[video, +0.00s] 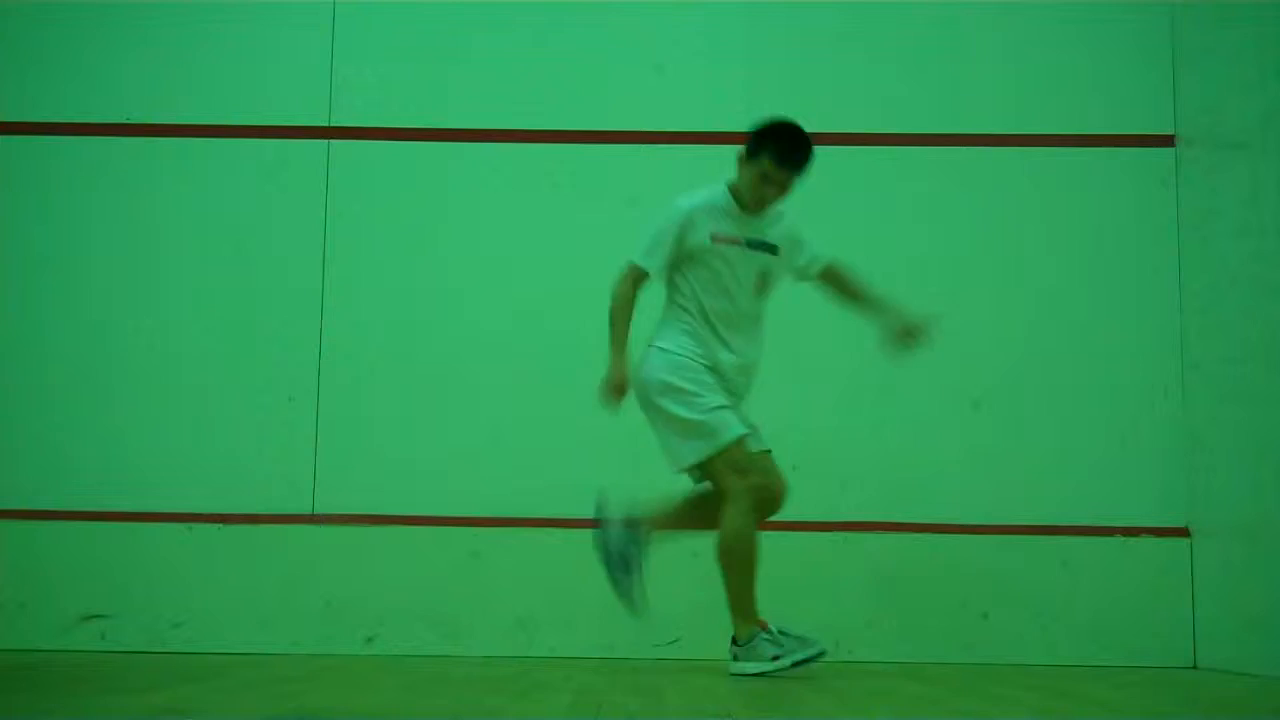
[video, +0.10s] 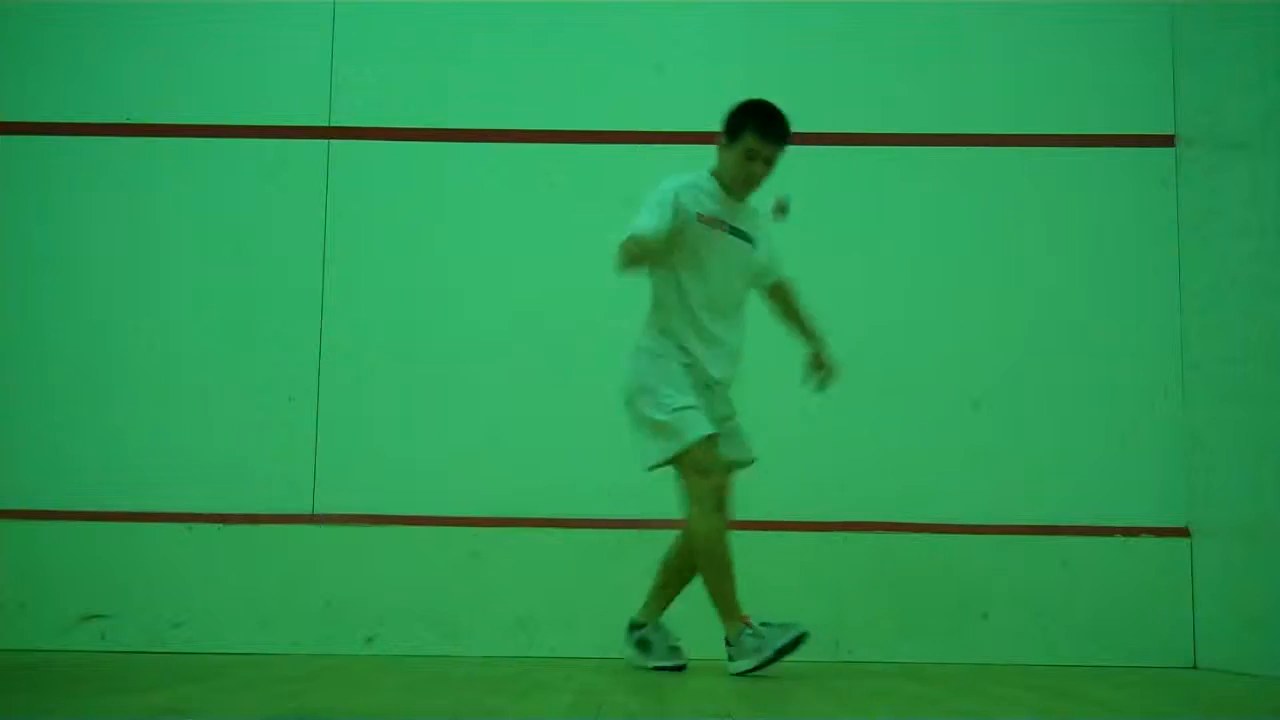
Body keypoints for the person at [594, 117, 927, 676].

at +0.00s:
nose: (774, 192)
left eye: (785, 184)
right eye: (768, 178)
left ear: (794, 183)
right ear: (744, 161)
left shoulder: (783, 230)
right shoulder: (693, 214)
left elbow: (830, 276)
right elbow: (629, 280)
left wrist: (891, 316)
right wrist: (617, 362)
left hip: (726, 382)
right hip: (676, 372)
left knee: (766, 493)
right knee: (745, 483)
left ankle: (633, 525)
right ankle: (748, 636)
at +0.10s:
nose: (757, 172)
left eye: (768, 163)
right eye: (750, 156)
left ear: (774, 164)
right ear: (722, 145)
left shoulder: (755, 225)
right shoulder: (681, 195)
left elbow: (775, 288)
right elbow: (628, 255)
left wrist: (813, 342)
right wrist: (664, 246)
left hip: (714, 378)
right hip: (665, 366)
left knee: (712, 512)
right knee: (705, 482)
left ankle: (645, 624)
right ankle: (738, 632)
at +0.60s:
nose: (685, 135)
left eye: (693, 126)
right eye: (674, 123)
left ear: (698, 132)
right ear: (645, 122)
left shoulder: (684, 204)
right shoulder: (613, 183)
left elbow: (674, 290)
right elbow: (590, 274)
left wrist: (676, 356)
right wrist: (624, 346)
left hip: (671, 371)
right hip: (610, 362)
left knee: (657, 502)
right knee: (593, 491)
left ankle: (637, 631)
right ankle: (576, 633)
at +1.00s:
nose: (670, 140)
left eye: (682, 128)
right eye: (659, 127)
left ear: (698, 125)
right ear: (639, 122)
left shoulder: (723, 185)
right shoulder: (608, 177)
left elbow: (731, 264)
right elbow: (573, 265)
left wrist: (734, 330)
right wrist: (594, 331)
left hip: (690, 372)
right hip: (616, 367)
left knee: (716, 495)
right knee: (594, 491)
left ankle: (721, 633)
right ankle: (578, 631)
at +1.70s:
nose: (703, 140)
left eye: (715, 129)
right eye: (693, 127)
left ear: (729, 133)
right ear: (672, 127)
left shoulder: (752, 212)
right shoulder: (634, 197)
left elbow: (792, 282)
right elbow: (594, 277)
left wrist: (811, 318)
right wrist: (587, 367)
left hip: (722, 368)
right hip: (651, 362)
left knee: (727, 495)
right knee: (659, 326)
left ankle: (721, 633)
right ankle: (709, 458)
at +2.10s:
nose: (654, 124)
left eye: (666, 113)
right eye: (644, 111)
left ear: (681, 116)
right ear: (621, 109)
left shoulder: (702, 195)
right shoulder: (581, 180)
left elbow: (731, 278)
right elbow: (533, 247)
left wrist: (748, 345)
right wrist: (518, 334)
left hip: (669, 361)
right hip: (599, 364)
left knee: (652, 457)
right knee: (602, 499)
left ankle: (684, 590)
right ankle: (636, 629)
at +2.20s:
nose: (646, 115)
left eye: (658, 103)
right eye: (635, 101)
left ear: (671, 101)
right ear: (611, 93)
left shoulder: (690, 176)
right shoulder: (567, 151)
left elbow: (726, 250)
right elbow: (508, 205)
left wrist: (742, 316)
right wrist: (485, 290)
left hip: (652, 333)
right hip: (585, 336)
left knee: (625, 440)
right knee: (584, 479)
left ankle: (630, 600)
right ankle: (632, 606)